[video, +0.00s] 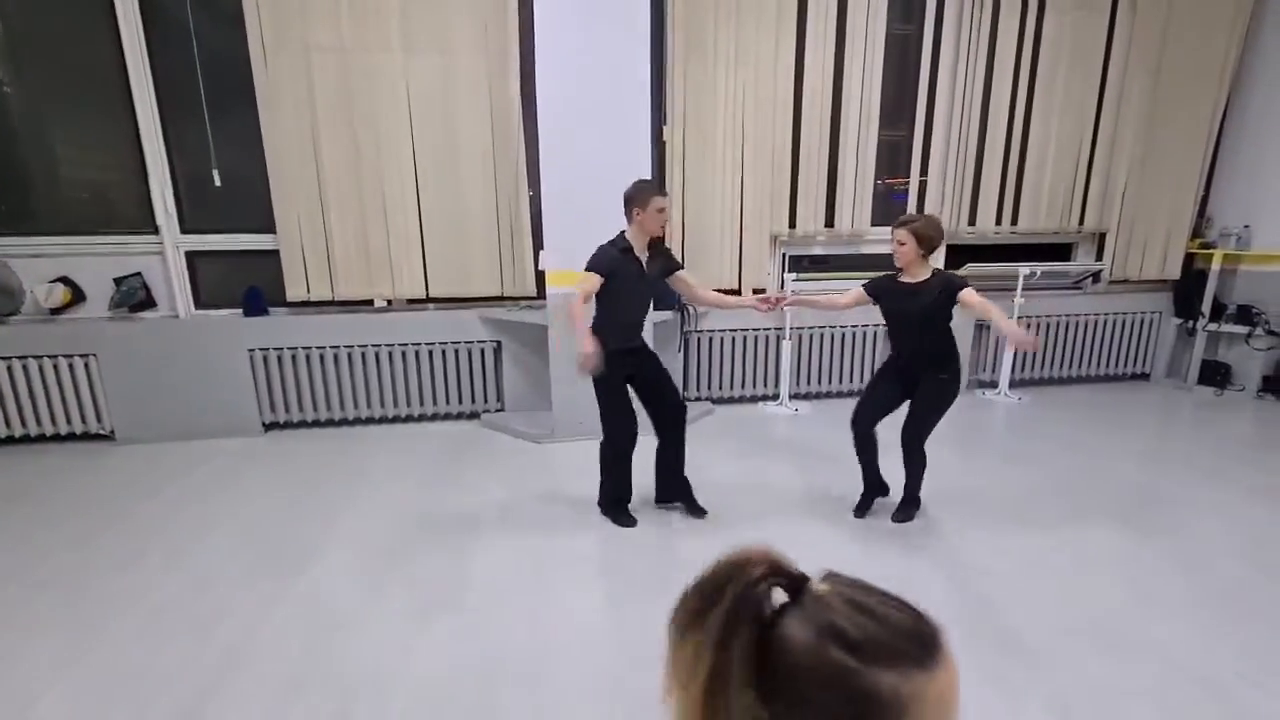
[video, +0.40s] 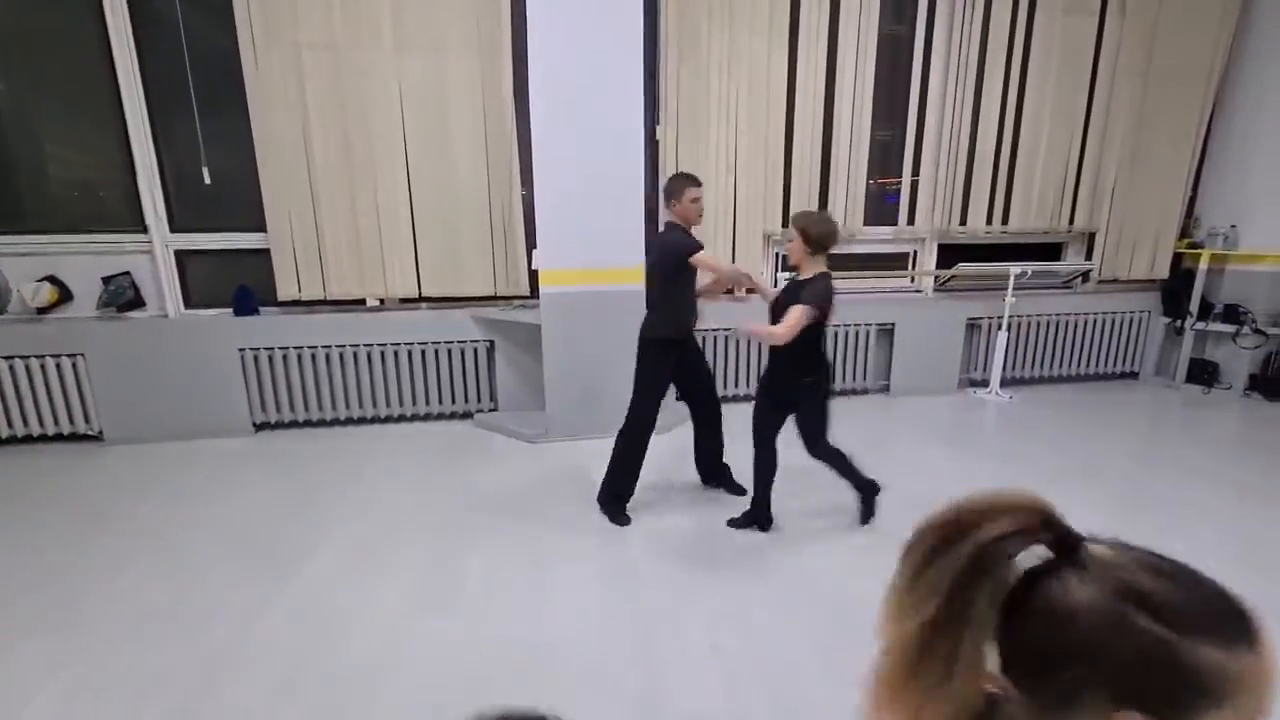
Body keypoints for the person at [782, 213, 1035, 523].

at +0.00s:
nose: (894, 249)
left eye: (901, 243)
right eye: (893, 243)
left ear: (923, 248)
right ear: (894, 245)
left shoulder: (946, 283)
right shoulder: (884, 285)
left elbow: (983, 307)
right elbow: (841, 302)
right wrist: (793, 300)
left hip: (940, 375)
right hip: (900, 370)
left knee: (912, 437)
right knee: (861, 421)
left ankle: (911, 500)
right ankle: (873, 485)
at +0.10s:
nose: (883, 251)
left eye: (890, 246)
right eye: (882, 245)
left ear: (912, 251)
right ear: (883, 247)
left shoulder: (932, 289)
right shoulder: (872, 287)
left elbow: (949, 322)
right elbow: (828, 303)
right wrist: (785, 299)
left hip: (918, 381)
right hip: (877, 375)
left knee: (899, 443)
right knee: (833, 424)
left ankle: (903, 497)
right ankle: (840, 487)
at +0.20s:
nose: (858, 251)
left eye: (866, 245)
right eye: (858, 245)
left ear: (886, 250)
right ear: (861, 248)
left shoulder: (903, 290)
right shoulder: (848, 285)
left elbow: (895, 324)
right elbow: (803, 304)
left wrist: (842, 323)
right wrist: (753, 298)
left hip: (889, 382)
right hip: (847, 377)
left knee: (886, 445)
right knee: (808, 436)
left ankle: (899, 495)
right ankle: (775, 499)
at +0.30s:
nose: (823, 248)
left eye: (829, 243)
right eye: (824, 242)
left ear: (848, 247)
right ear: (836, 247)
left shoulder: (862, 289)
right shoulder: (820, 283)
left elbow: (835, 326)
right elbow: (782, 307)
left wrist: (796, 323)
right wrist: (746, 296)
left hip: (849, 379)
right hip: (811, 375)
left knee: (861, 437)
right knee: (783, 435)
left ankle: (892, 489)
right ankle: (762, 508)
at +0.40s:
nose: (786, 245)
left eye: (792, 239)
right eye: (789, 238)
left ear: (808, 244)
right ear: (813, 245)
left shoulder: (818, 289)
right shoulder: (802, 279)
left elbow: (784, 334)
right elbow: (781, 306)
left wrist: (748, 329)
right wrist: (756, 286)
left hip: (807, 376)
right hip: (782, 372)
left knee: (815, 445)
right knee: (763, 436)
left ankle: (865, 487)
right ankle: (760, 511)